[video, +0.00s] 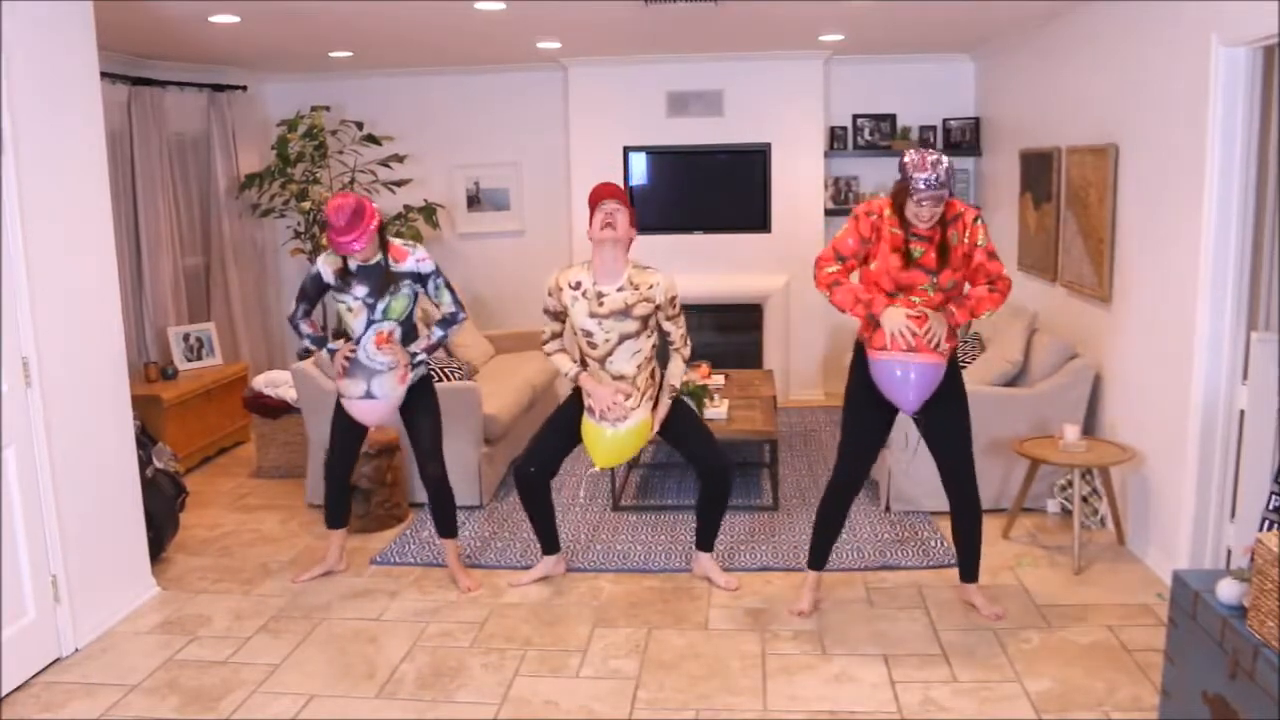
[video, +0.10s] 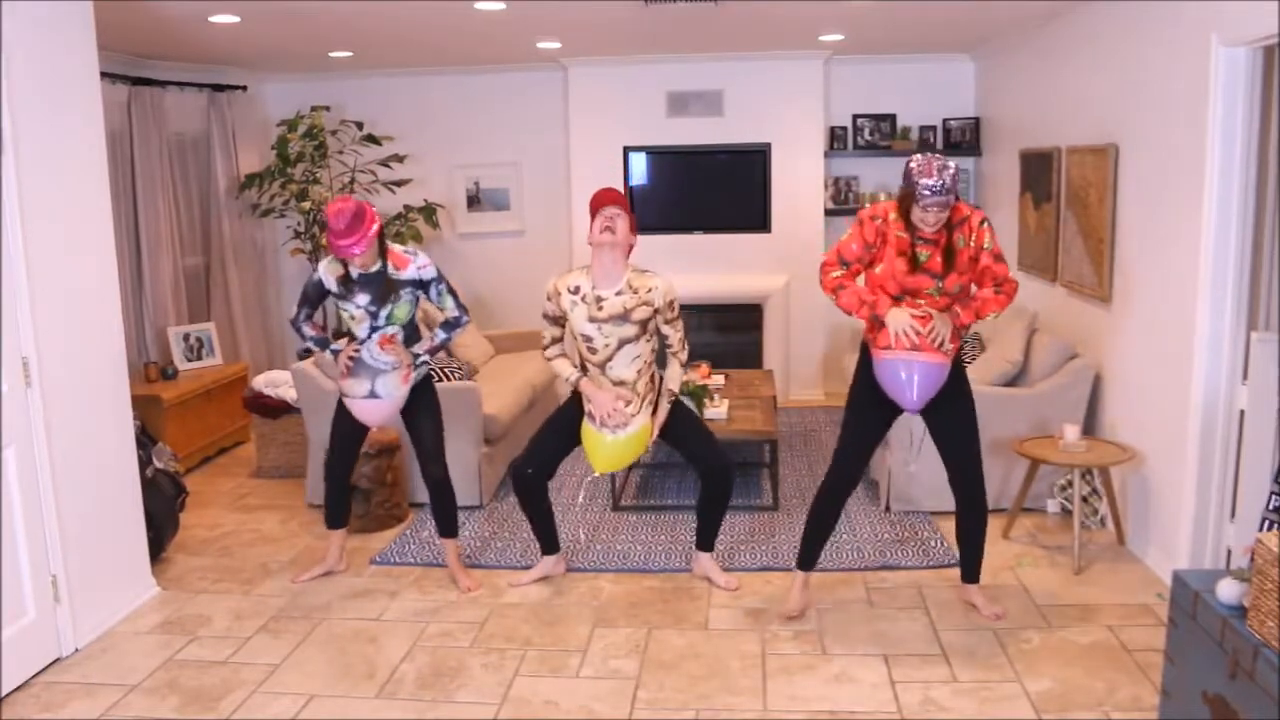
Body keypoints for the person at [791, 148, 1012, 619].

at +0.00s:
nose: (925, 209)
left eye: (933, 201)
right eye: (917, 201)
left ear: (946, 196)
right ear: (902, 193)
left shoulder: (965, 222)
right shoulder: (873, 217)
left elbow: (996, 283)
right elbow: (828, 270)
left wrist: (951, 314)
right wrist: (879, 308)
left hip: (938, 359)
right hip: (876, 355)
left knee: (960, 475)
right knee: (849, 471)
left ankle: (970, 584)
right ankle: (812, 578)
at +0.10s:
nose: (932, 216)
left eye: (940, 208)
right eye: (923, 208)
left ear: (952, 201)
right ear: (906, 199)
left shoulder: (972, 225)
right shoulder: (877, 220)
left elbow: (1002, 285)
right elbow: (833, 272)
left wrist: (955, 314)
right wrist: (883, 310)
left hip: (943, 358)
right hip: (883, 354)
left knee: (968, 475)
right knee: (846, 469)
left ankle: (971, 584)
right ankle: (800, 578)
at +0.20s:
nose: (931, 219)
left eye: (940, 212)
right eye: (923, 210)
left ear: (952, 205)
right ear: (907, 201)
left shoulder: (970, 227)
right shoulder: (878, 222)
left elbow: (1001, 287)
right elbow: (832, 273)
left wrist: (957, 315)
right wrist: (882, 309)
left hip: (940, 363)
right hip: (880, 360)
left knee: (969, 480)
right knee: (846, 476)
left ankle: (971, 584)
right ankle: (801, 584)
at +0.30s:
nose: (927, 221)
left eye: (937, 213)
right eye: (920, 211)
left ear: (948, 209)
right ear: (903, 203)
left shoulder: (963, 233)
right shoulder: (872, 225)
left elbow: (991, 292)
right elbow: (825, 275)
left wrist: (946, 319)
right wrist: (878, 311)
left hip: (931, 366)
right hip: (871, 362)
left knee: (966, 485)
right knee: (842, 480)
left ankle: (970, 584)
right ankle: (803, 589)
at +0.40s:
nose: (924, 221)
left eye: (933, 214)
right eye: (917, 211)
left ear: (944, 209)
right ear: (901, 202)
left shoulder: (959, 235)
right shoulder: (868, 225)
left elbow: (983, 294)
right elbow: (820, 275)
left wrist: (941, 320)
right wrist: (875, 311)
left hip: (926, 366)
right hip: (866, 363)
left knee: (964, 485)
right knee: (837, 484)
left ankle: (970, 584)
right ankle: (802, 590)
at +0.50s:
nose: (919, 220)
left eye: (929, 212)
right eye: (912, 210)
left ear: (940, 208)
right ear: (895, 200)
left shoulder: (953, 234)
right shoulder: (862, 226)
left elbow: (979, 293)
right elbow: (816, 277)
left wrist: (938, 320)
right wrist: (871, 312)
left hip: (923, 367)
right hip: (863, 364)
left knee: (963, 484)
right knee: (833, 484)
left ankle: (970, 584)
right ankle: (802, 591)